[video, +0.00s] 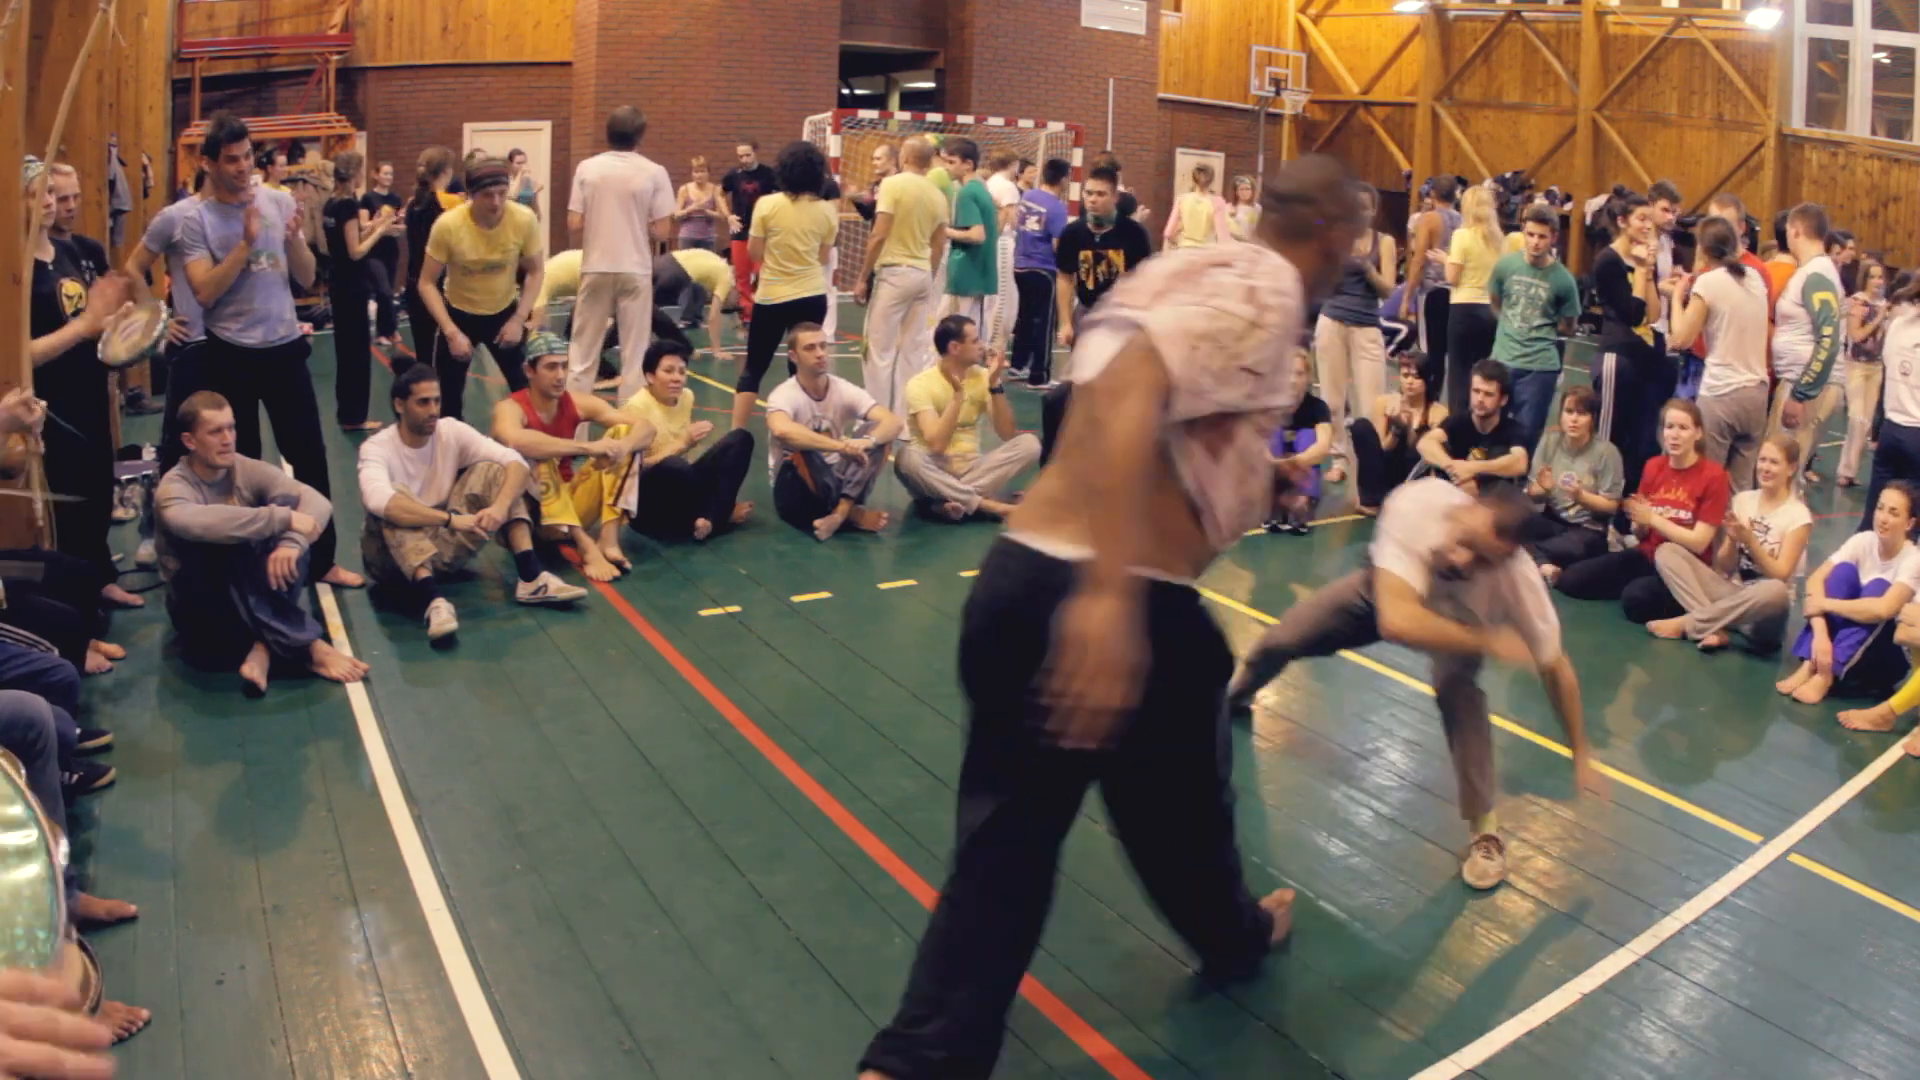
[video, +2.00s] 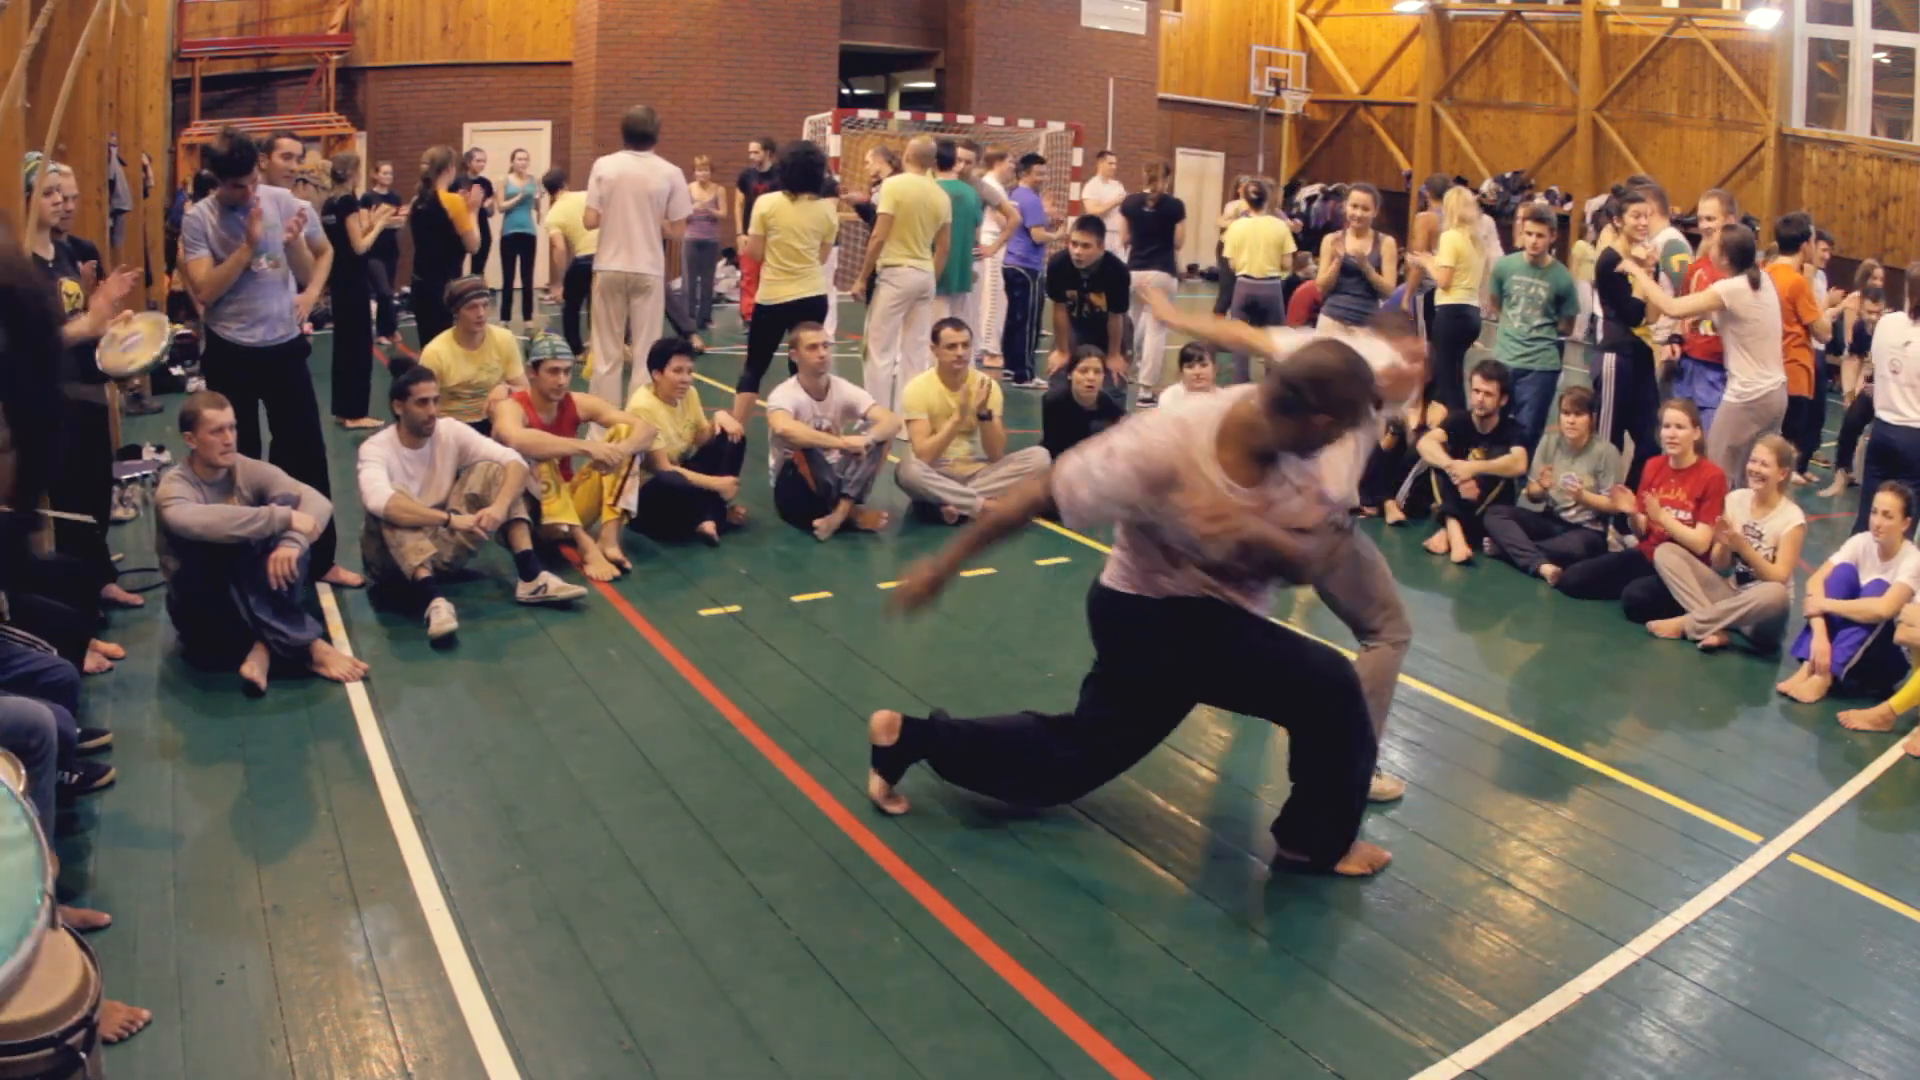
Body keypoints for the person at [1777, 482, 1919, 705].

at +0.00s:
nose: (1883, 518)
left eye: (1893, 513)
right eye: (1880, 508)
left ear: (1909, 523)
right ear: (1874, 510)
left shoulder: (1913, 558)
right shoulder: (1862, 541)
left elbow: (1885, 610)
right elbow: (1814, 580)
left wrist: (1823, 604)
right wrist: (1821, 637)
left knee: (1877, 586)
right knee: (1844, 570)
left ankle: (1825, 675)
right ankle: (1809, 665)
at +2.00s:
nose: (1877, 522)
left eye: (1887, 516)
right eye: (1874, 513)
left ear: (1906, 524)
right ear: (1869, 513)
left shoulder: (1912, 559)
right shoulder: (1860, 542)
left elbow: (1885, 610)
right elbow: (1814, 581)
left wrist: (1823, 604)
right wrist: (1820, 638)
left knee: (1877, 587)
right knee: (1843, 572)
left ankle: (1823, 676)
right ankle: (1807, 666)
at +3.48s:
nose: (1874, 521)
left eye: (1884, 516)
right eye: (1873, 512)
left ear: (1905, 525)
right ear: (1868, 512)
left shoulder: (1912, 559)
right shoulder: (1860, 542)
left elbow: (1886, 610)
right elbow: (1815, 581)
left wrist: (1823, 604)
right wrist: (1820, 638)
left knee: (1877, 587)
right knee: (1844, 572)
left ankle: (1824, 676)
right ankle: (1808, 666)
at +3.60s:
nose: (1875, 521)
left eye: (1885, 516)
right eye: (1873, 513)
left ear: (1905, 525)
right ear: (1869, 513)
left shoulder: (1912, 559)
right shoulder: (1860, 542)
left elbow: (1886, 610)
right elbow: (1815, 581)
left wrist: (1823, 604)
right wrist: (1820, 638)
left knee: (1877, 587)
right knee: (1844, 572)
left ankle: (1823, 676)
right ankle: (1807, 666)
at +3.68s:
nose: (1875, 522)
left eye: (1886, 516)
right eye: (1874, 513)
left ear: (1905, 525)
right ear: (1869, 513)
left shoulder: (1913, 560)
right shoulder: (1860, 542)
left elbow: (1886, 610)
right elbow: (1815, 581)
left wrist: (1823, 604)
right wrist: (1820, 638)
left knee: (1877, 587)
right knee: (1843, 572)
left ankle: (1823, 676)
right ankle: (1807, 666)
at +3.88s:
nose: (1877, 522)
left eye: (1887, 516)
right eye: (1874, 513)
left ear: (1906, 524)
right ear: (1869, 513)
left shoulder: (1912, 559)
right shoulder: (1860, 542)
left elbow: (1886, 609)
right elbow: (1815, 581)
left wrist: (1823, 604)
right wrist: (1820, 638)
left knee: (1877, 587)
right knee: (1843, 572)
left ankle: (1823, 676)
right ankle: (1807, 666)